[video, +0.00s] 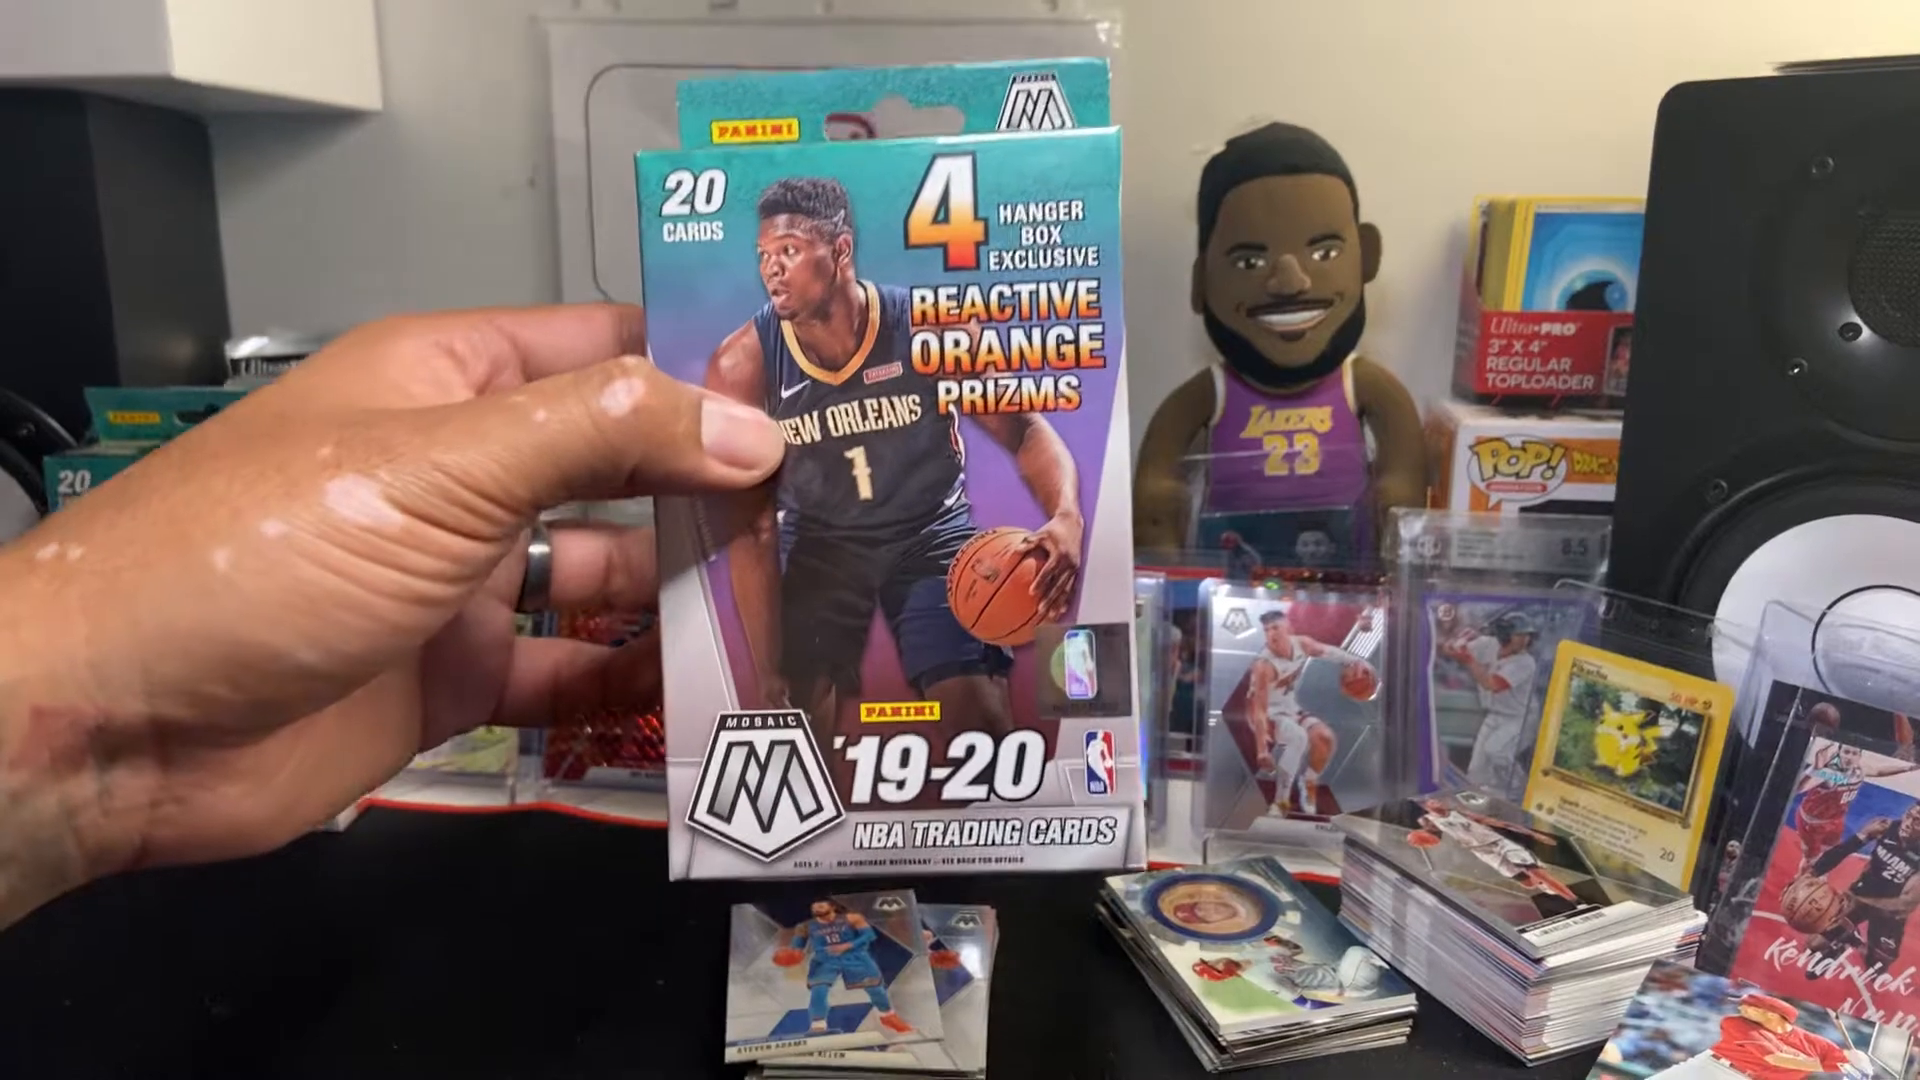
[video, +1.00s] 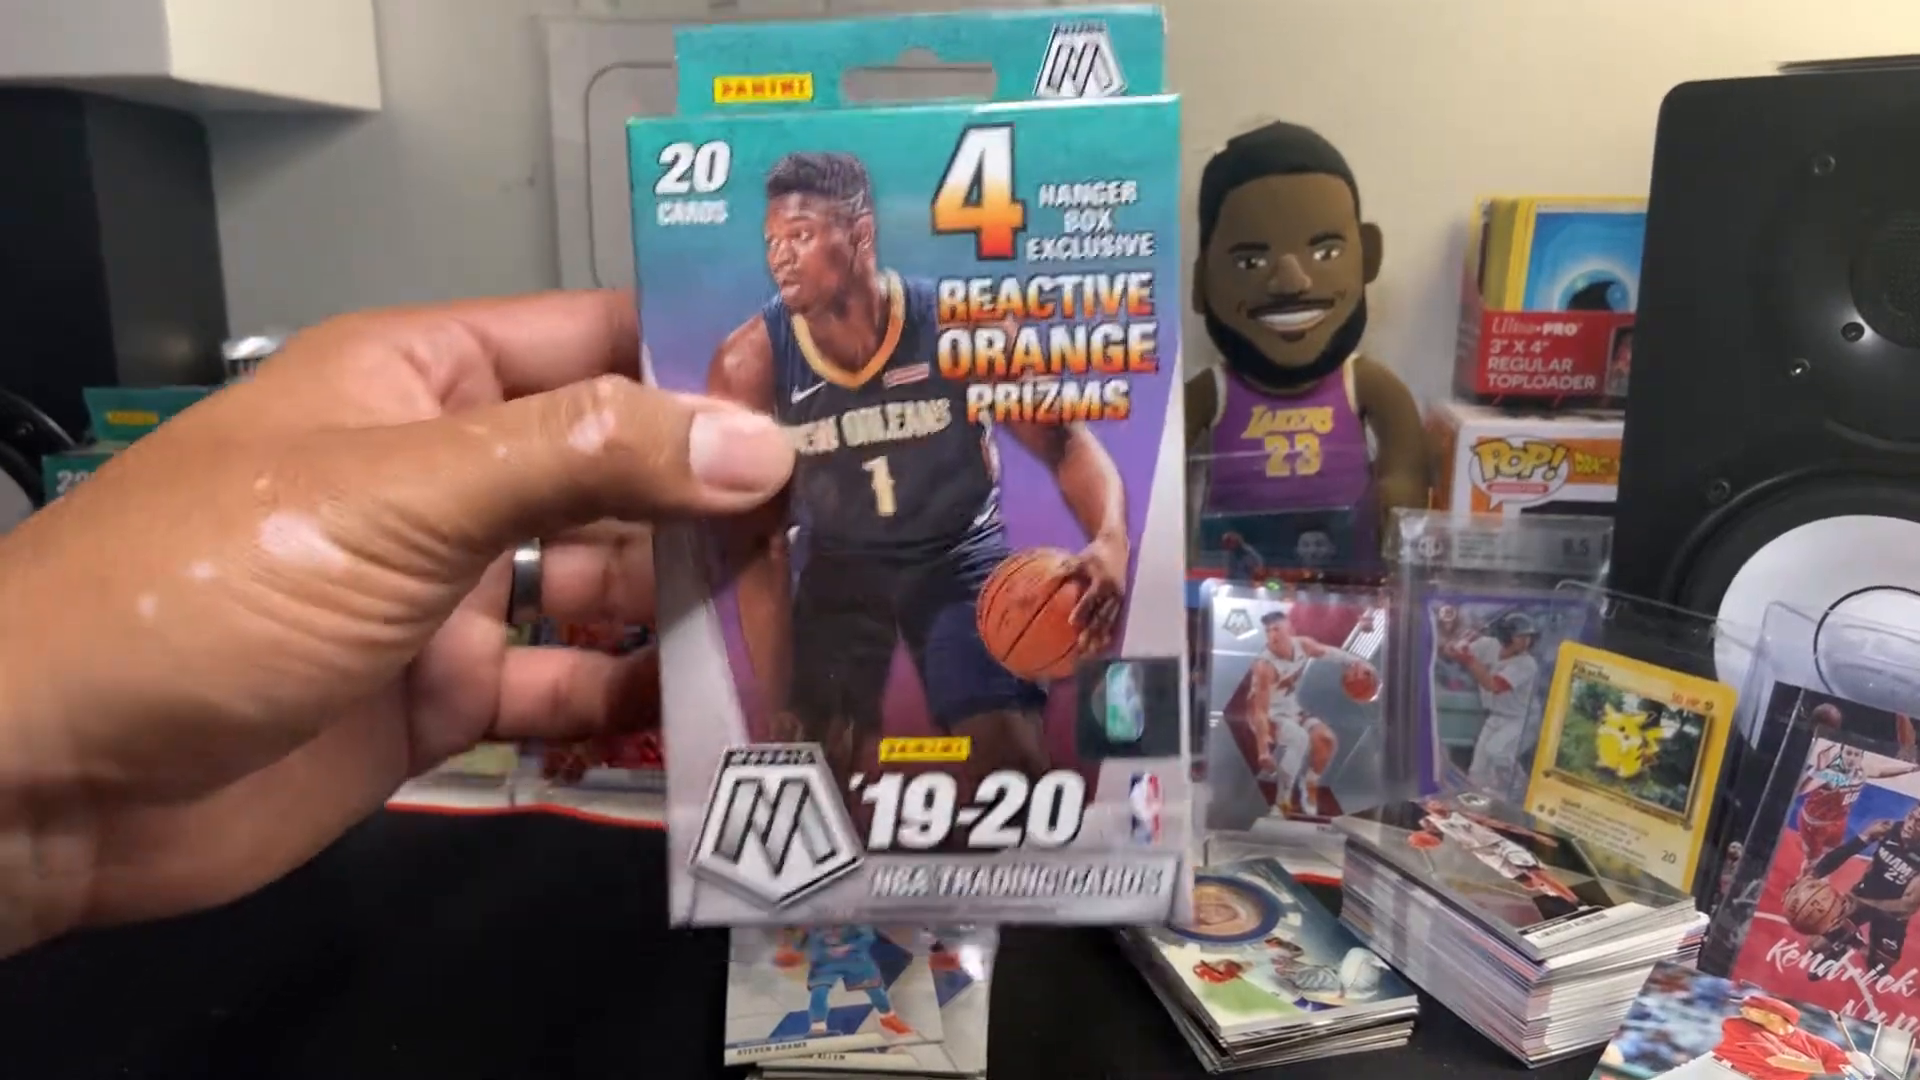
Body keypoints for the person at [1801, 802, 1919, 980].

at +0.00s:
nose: (1909, 823)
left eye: (1916, 822)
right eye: (1909, 816)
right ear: (1904, 814)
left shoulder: (1917, 860)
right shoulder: (1883, 827)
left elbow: (1906, 904)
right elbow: (1843, 850)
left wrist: (1858, 902)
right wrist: (1812, 873)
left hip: (1891, 913)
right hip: (1860, 897)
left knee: (1876, 969)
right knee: (1814, 945)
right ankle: (1842, 943)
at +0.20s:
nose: (1909, 826)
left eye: (1917, 824)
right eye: (1909, 818)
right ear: (1904, 816)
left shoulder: (1917, 861)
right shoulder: (1883, 829)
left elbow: (1906, 906)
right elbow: (1844, 852)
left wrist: (1858, 904)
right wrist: (1814, 874)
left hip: (1892, 913)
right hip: (1861, 897)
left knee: (1877, 969)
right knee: (1814, 945)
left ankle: (1854, 942)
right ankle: (1838, 948)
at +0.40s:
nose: (1910, 822)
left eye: (1917, 821)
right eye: (1910, 815)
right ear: (1905, 812)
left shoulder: (1917, 858)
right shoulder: (1884, 826)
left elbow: (1907, 903)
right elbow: (1843, 849)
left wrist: (1859, 901)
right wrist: (1812, 873)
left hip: (1892, 910)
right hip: (1862, 895)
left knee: (1877, 967)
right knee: (1815, 944)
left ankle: (1853, 939)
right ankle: (1838, 947)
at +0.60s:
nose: (1910, 822)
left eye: (1917, 821)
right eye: (1910, 815)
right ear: (1905, 813)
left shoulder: (1917, 858)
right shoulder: (1885, 826)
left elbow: (1907, 904)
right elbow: (1844, 849)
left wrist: (1860, 901)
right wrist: (1814, 872)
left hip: (1892, 911)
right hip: (1862, 895)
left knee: (1878, 966)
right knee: (1815, 943)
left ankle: (1854, 939)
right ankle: (1838, 947)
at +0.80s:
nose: (1910, 825)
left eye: (1917, 823)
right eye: (1910, 817)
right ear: (1906, 815)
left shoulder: (1917, 859)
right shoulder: (1885, 829)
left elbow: (1908, 906)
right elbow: (1844, 851)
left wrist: (1860, 904)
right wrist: (1814, 874)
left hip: (1892, 913)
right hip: (1862, 897)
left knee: (1878, 969)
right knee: (1816, 946)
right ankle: (1841, 946)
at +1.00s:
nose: (1911, 825)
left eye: (1918, 824)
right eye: (1911, 818)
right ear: (1906, 815)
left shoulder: (1917, 859)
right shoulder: (1885, 829)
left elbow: (1909, 905)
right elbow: (1845, 852)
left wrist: (1860, 904)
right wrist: (1812, 876)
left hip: (1893, 914)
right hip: (1862, 899)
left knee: (1878, 970)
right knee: (1816, 947)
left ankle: (1855, 943)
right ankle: (1842, 947)